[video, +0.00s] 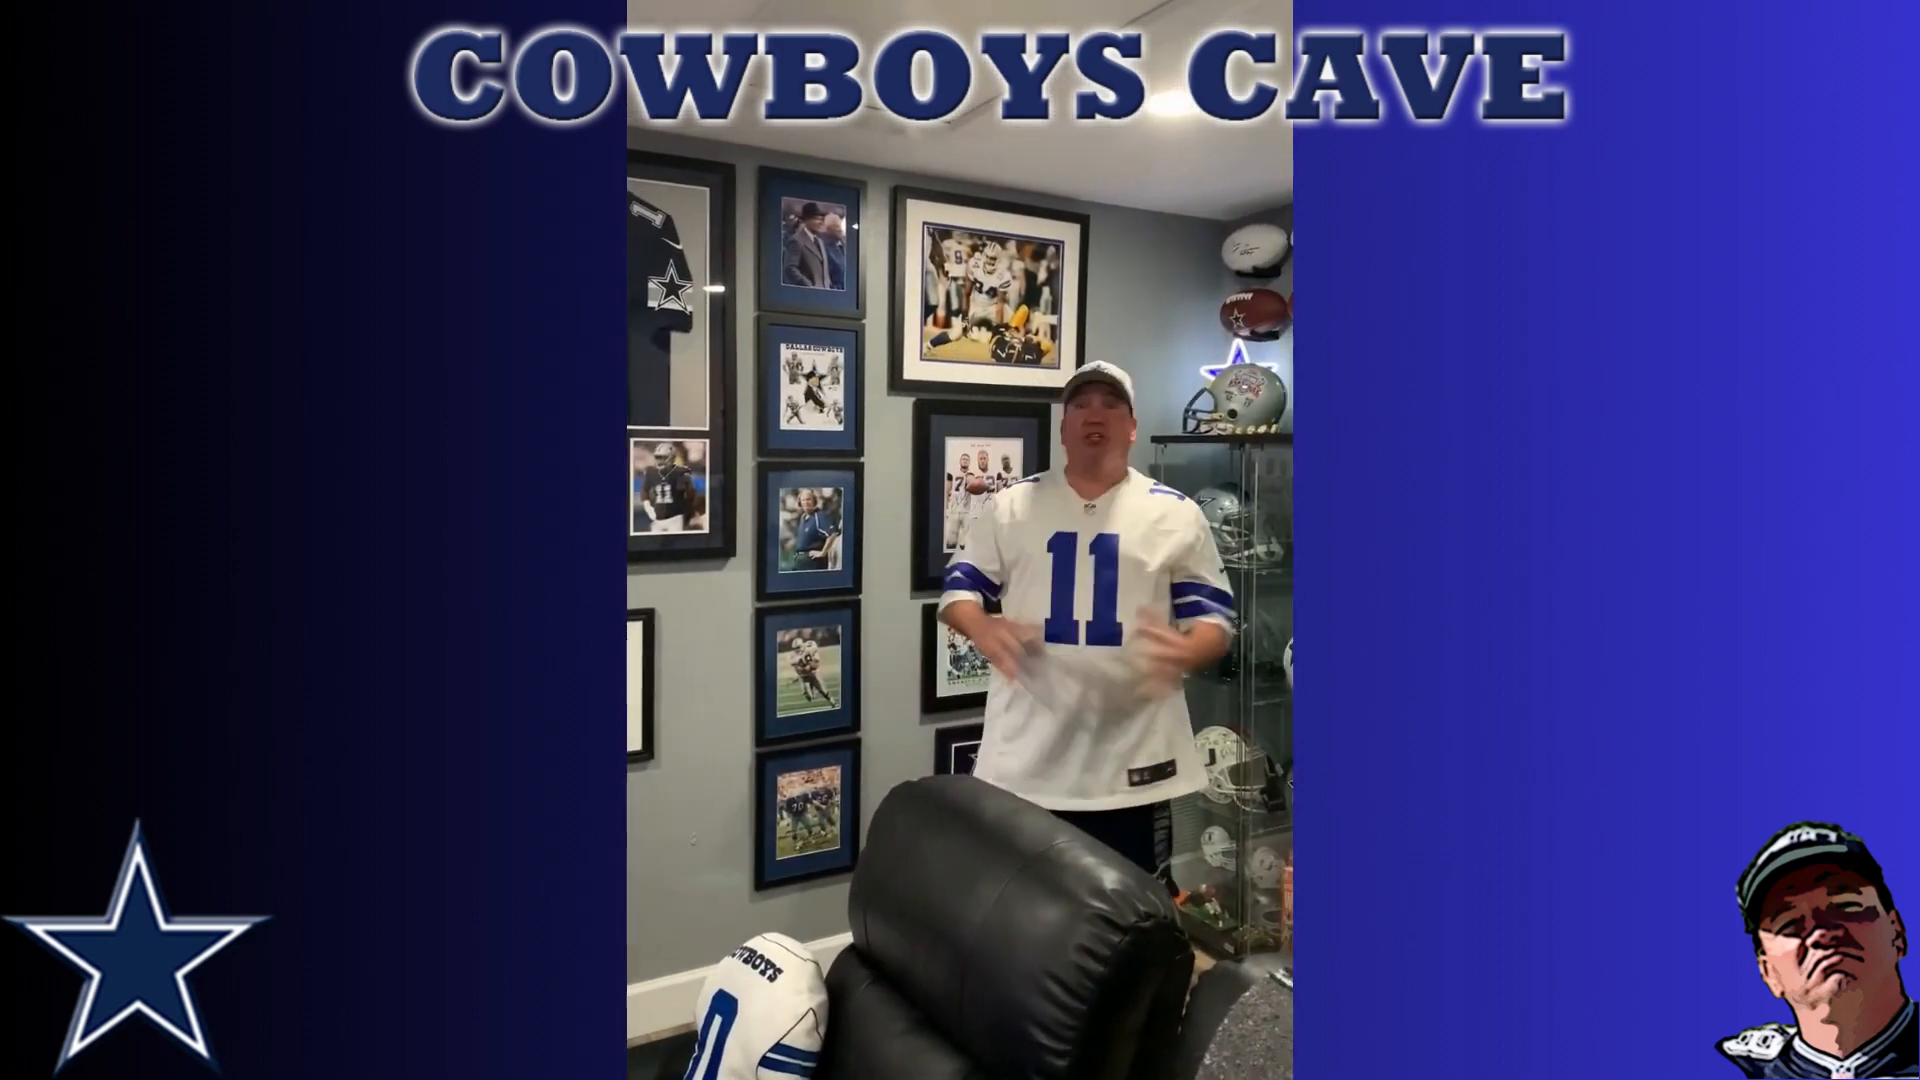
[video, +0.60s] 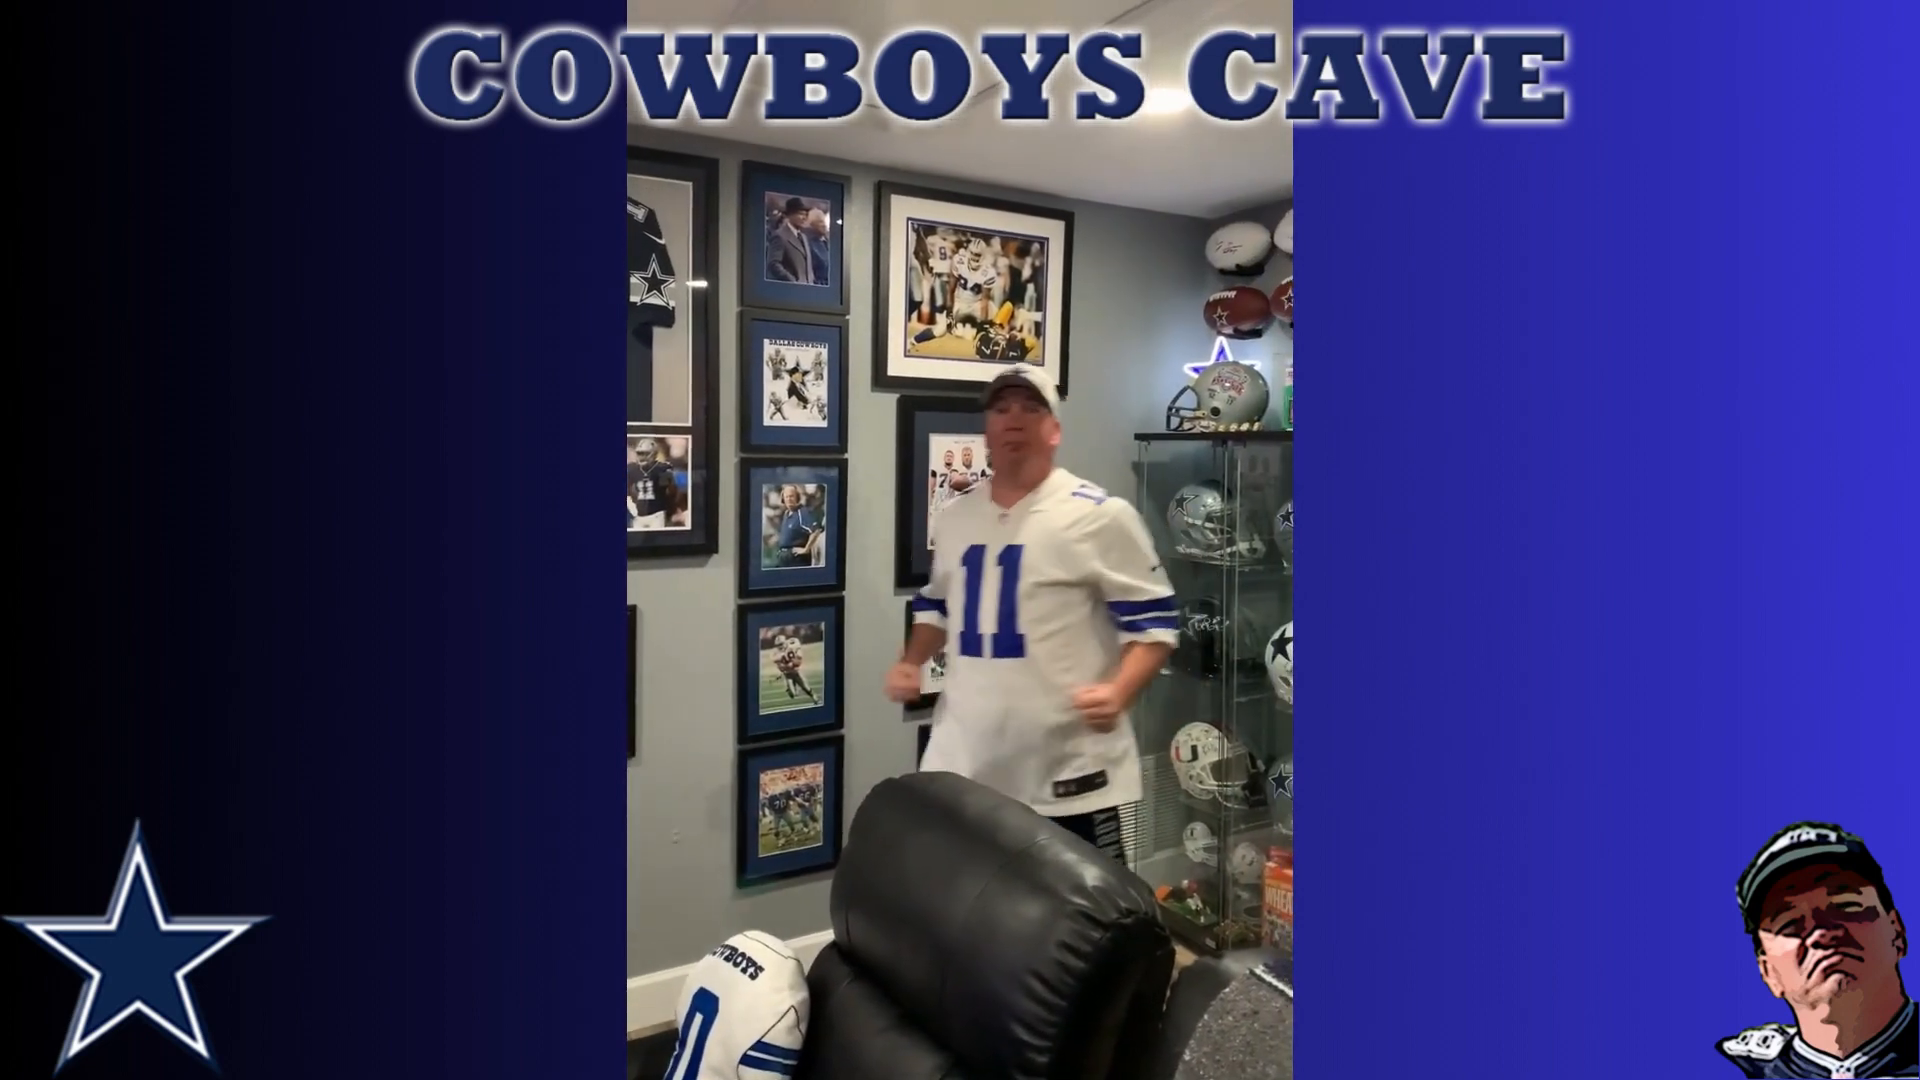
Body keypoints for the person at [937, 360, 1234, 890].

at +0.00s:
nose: (1095, 415)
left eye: (1110, 405)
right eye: (1081, 404)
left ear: (1132, 429)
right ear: (1062, 427)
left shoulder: (1175, 515)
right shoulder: (1007, 509)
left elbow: (1212, 619)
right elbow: (957, 595)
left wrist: (1187, 649)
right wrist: (979, 626)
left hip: (1131, 773)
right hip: (1023, 771)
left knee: (1131, 937)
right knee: (1024, 931)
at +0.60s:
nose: (1013, 417)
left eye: (1029, 406)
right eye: (1001, 407)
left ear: (1053, 431)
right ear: (984, 430)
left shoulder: (1101, 517)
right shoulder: (954, 518)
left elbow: (1155, 625)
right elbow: (935, 607)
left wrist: (1119, 691)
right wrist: (912, 661)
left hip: (1070, 785)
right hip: (965, 780)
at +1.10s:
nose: (901, 406)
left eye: (917, 393)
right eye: (886, 393)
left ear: (941, 413)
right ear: (866, 415)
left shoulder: (993, 503)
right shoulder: (837, 505)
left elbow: (1048, 614)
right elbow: (820, 599)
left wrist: (1004, 679)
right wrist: (789, 656)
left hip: (958, 769)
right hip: (866, 769)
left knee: (961, 932)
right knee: (883, 927)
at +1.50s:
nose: (830, 440)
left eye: (846, 423)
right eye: (826, 425)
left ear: (895, 427)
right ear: (823, 433)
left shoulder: (962, 522)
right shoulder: (836, 515)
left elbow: (1019, 652)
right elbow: (824, 621)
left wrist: (940, 725)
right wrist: (775, 673)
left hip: (916, 812)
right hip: (861, 807)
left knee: (848, 979)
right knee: (926, 969)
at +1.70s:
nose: (806, 427)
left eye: (825, 411)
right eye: (803, 412)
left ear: (876, 418)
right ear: (801, 419)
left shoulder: (927, 517)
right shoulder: (836, 504)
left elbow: (965, 668)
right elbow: (826, 620)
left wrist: (853, 730)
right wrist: (760, 665)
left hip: (880, 811)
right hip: (836, 804)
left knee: (838, 999)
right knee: (879, 996)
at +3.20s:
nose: (894, 408)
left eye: (913, 390)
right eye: (878, 394)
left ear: (950, 405)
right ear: (864, 409)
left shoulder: (996, 509)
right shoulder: (860, 497)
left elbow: (1049, 639)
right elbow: (837, 602)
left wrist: (954, 680)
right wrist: (770, 632)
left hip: (936, 801)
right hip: (848, 790)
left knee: (929, 995)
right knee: (822, 946)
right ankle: (822, 1070)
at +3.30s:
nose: (917, 407)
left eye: (933, 390)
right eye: (900, 392)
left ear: (959, 405)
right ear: (877, 411)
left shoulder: (1009, 505)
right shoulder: (850, 498)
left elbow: (1079, 622)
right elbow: (817, 590)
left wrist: (1026, 650)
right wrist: (757, 624)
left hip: (957, 794)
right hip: (862, 786)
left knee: (956, 988)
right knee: (859, 950)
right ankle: (853, 1071)